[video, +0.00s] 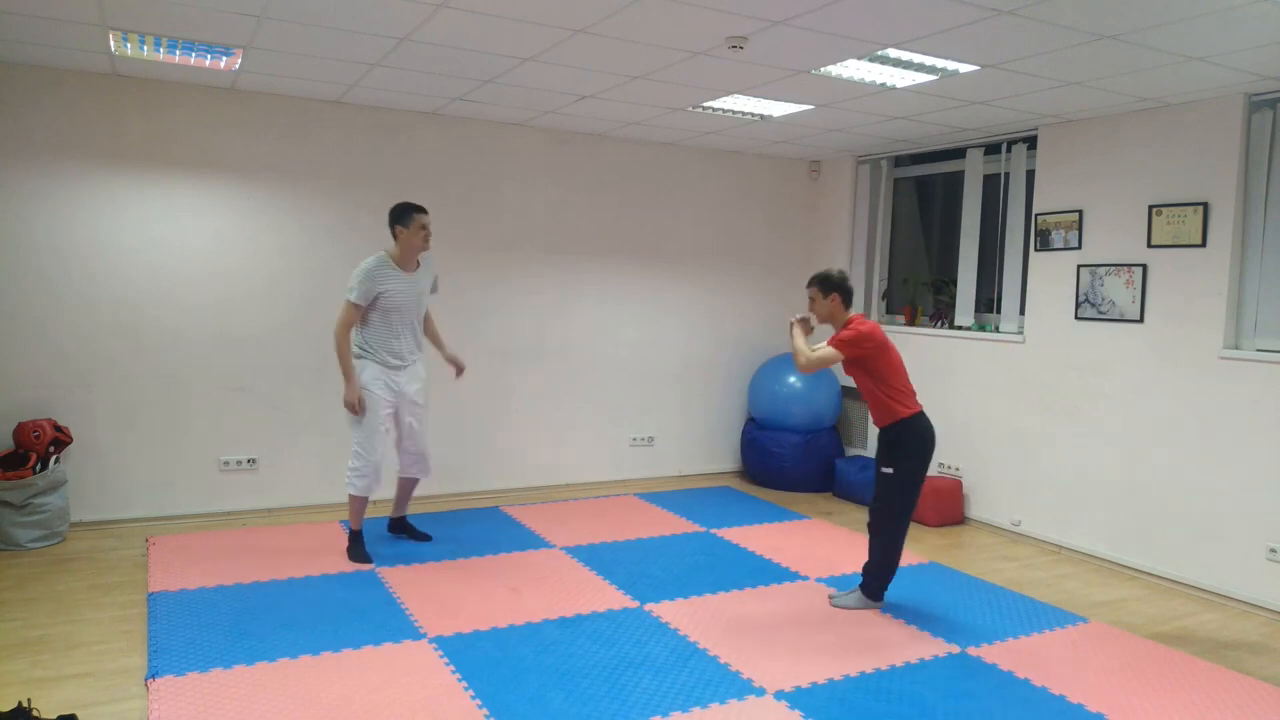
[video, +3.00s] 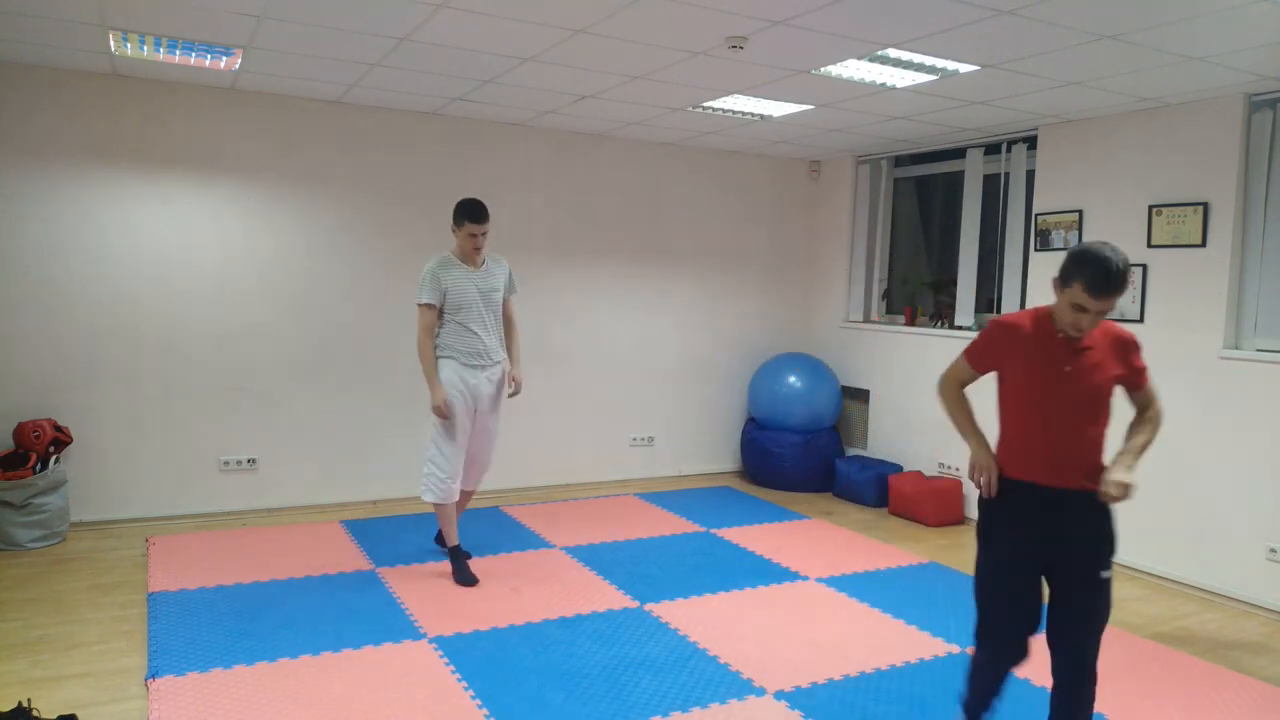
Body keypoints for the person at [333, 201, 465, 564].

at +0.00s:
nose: (429, 236)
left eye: (429, 229)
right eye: (422, 229)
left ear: (422, 234)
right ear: (399, 232)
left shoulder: (425, 269)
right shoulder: (372, 271)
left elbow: (421, 313)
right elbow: (342, 329)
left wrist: (446, 353)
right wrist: (350, 382)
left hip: (411, 372)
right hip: (372, 372)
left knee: (415, 450)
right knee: (369, 454)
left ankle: (398, 519)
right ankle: (355, 535)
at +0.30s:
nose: (456, 255)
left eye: (459, 249)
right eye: (454, 246)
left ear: (447, 246)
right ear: (434, 238)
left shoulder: (434, 282)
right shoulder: (393, 263)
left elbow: (419, 322)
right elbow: (356, 310)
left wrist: (426, 353)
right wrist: (388, 351)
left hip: (402, 366)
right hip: (367, 362)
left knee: (400, 442)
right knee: (364, 446)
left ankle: (396, 521)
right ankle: (352, 534)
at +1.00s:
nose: (410, 230)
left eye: (411, 223)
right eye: (404, 223)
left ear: (405, 228)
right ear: (381, 225)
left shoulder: (410, 268)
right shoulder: (357, 265)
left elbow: (406, 321)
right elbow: (332, 325)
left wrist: (415, 362)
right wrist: (333, 380)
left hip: (405, 368)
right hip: (368, 367)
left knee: (412, 446)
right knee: (363, 449)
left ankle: (398, 520)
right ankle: (352, 536)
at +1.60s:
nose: (422, 228)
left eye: (423, 222)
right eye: (415, 223)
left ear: (418, 227)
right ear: (394, 227)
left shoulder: (427, 268)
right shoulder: (373, 268)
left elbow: (435, 317)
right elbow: (368, 335)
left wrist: (444, 360)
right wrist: (394, 381)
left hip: (417, 371)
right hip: (377, 372)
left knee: (432, 450)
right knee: (360, 454)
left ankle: (441, 534)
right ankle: (350, 537)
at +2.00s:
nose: (469, 243)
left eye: (474, 238)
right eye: (464, 235)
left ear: (477, 238)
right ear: (446, 229)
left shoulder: (468, 277)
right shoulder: (414, 262)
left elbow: (470, 332)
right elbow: (390, 316)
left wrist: (477, 378)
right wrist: (407, 365)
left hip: (447, 369)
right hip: (406, 367)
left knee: (449, 452)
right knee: (396, 455)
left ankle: (443, 535)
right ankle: (367, 528)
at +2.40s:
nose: (485, 249)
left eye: (491, 243)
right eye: (481, 240)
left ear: (495, 243)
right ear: (465, 233)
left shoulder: (489, 281)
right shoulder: (433, 262)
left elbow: (489, 335)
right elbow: (402, 311)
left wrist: (493, 384)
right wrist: (382, 363)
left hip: (460, 371)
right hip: (420, 366)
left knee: (451, 452)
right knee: (423, 452)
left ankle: (443, 534)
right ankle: (428, 544)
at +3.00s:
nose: (479, 240)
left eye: (484, 233)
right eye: (472, 235)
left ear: (490, 230)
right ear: (455, 231)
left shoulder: (499, 268)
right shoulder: (438, 271)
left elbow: (508, 321)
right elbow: (425, 335)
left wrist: (514, 363)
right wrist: (434, 388)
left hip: (492, 375)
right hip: (454, 374)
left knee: (479, 459)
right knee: (448, 460)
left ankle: (447, 528)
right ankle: (455, 550)